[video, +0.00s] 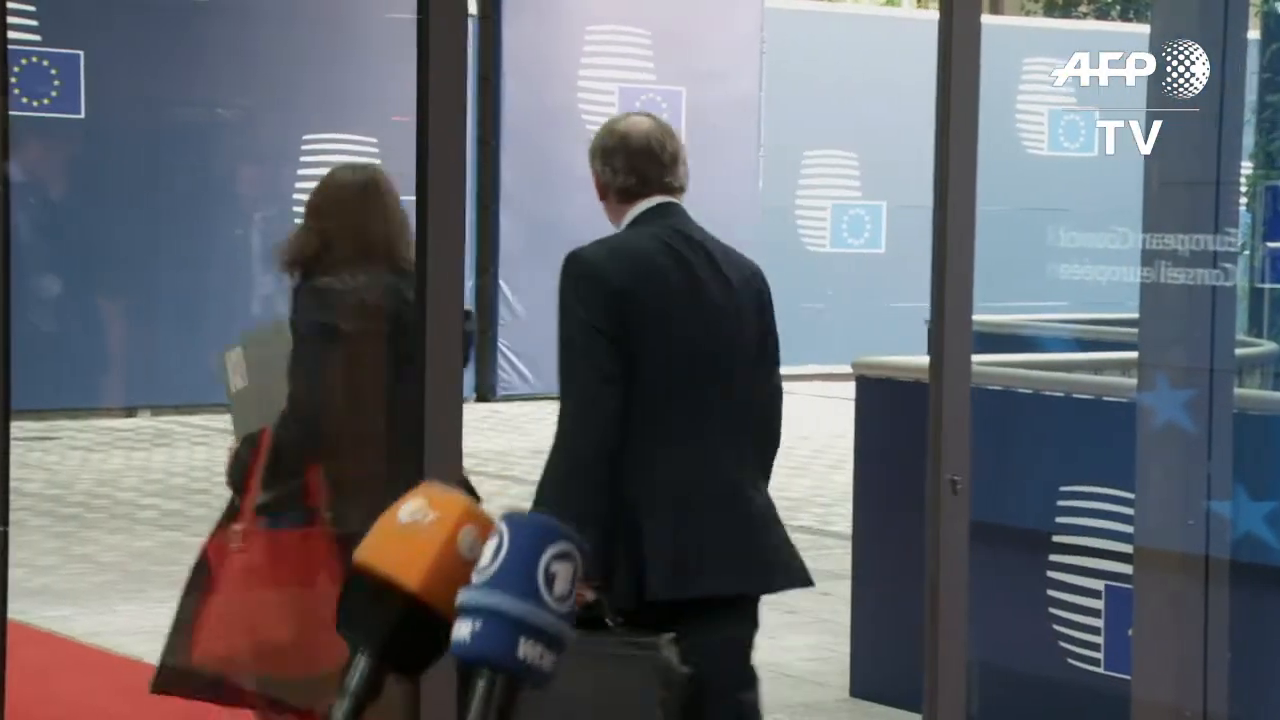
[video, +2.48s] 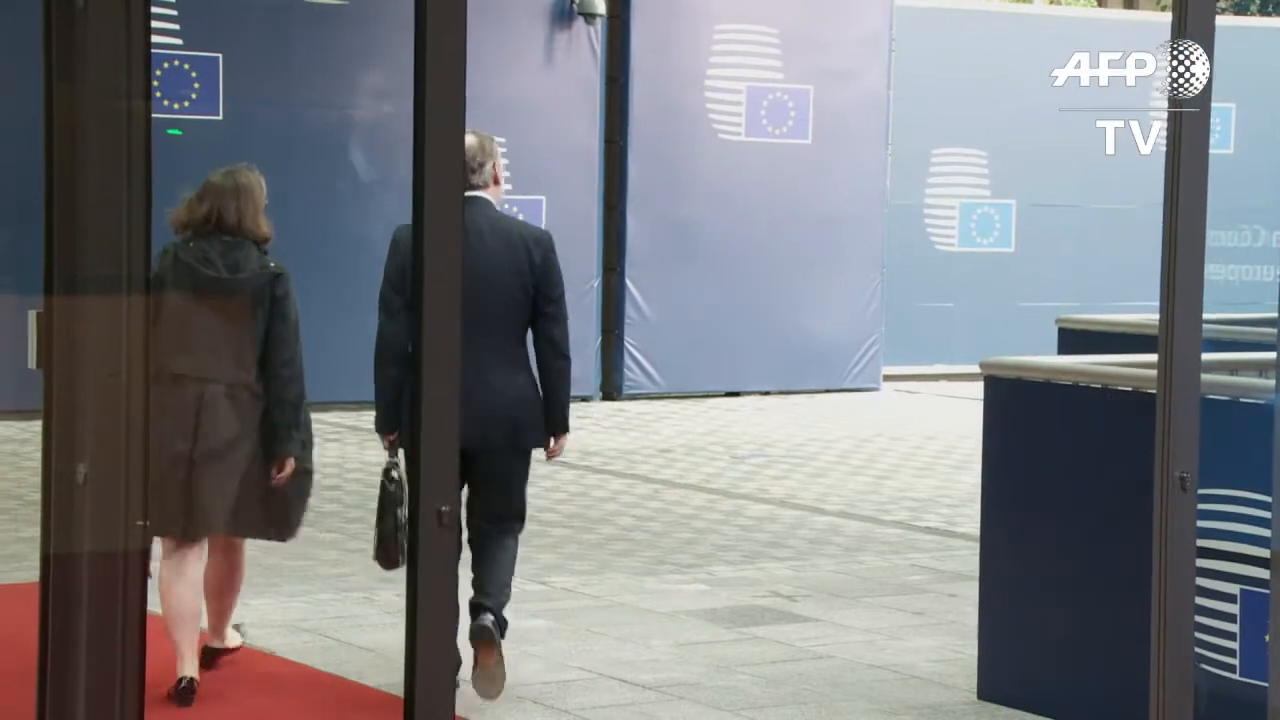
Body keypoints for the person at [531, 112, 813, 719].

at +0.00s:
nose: (595, 190)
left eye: (595, 180)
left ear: (602, 186)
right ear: (680, 177)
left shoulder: (596, 268)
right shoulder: (743, 274)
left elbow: (588, 420)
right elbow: (764, 413)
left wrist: (570, 550)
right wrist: (737, 508)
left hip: (626, 547)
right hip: (727, 540)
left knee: (624, 702)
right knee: (727, 702)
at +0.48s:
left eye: (562, 187)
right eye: (645, 175)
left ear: (566, 192)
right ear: (641, 184)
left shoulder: (537, 266)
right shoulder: (703, 274)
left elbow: (509, 407)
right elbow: (745, 413)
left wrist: (501, 524)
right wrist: (749, 531)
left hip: (569, 525)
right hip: (675, 526)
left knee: (592, 689)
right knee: (656, 688)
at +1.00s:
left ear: (545, 185)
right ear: (611, 182)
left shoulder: (503, 251)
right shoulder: (654, 265)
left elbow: (474, 371)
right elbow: (674, 379)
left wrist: (452, 474)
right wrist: (635, 444)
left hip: (522, 462)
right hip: (626, 469)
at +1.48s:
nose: (556, 167)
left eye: (549, 158)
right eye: (555, 159)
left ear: (489, 167)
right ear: (548, 167)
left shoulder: (453, 239)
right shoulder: (595, 246)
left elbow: (426, 350)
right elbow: (623, 359)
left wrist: (414, 448)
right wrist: (627, 453)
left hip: (477, 452)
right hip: (561, 456)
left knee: (486, 587)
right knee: (538, 583)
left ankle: (492, 710)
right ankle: (531, 709)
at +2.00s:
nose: (542, 170)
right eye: (541, 162)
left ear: (475, 166)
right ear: (533, 169)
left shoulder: (442, 228)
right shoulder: (568, 243)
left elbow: (408, 324)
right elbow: (589, 344)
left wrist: (392, 411)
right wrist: (572, 416)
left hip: (448, 424)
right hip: (532, 427)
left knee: (444, 539)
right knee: (512, 571)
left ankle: (444, 680)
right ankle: (490, 704)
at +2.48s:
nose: (503, 178)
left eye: (498, 169)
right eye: (501, 171)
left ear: (445, 176)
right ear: (493, 176)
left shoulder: (409, 240)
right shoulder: (531, 241)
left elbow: (392, 335)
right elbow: (552, 338)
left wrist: (388, 413)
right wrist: (557, 414)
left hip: (432, 412)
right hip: (505, 415)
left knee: (432, 535)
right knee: (499, 523)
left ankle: (436, 666)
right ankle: (487, 615)